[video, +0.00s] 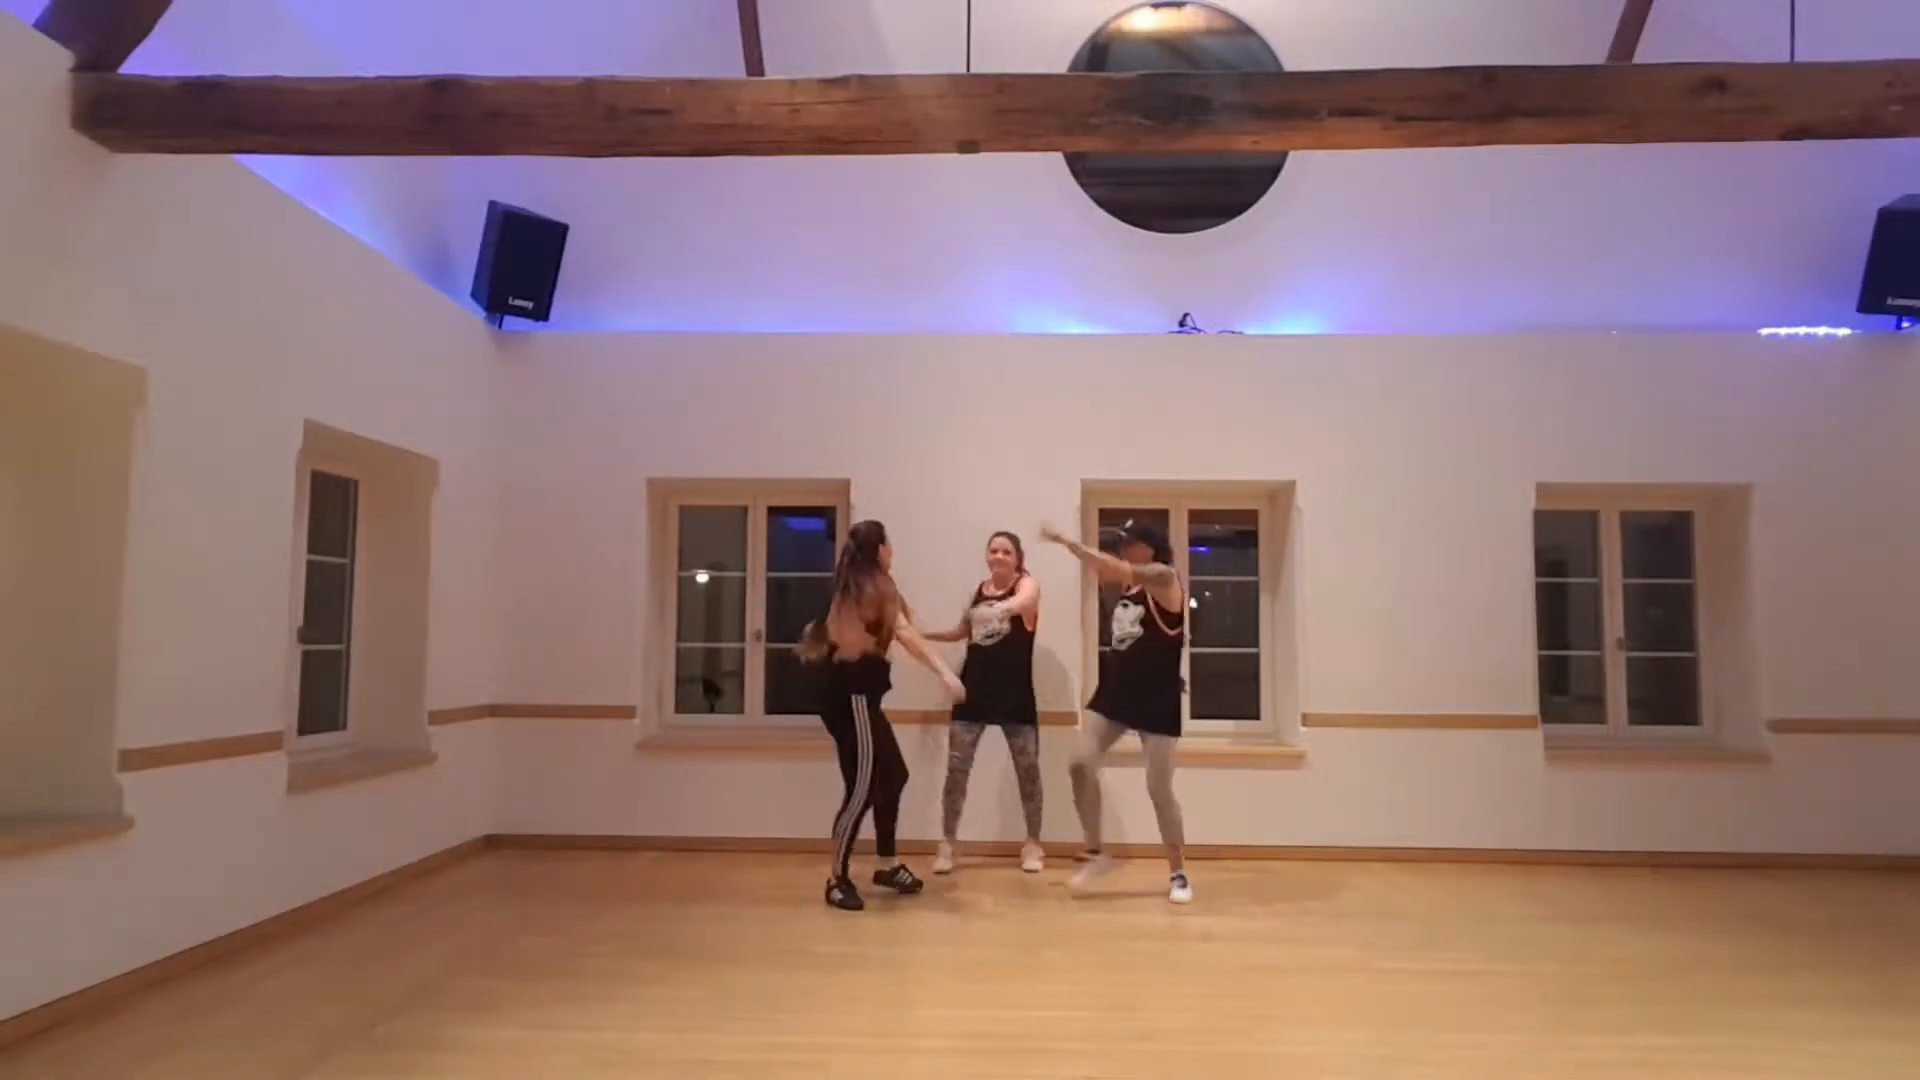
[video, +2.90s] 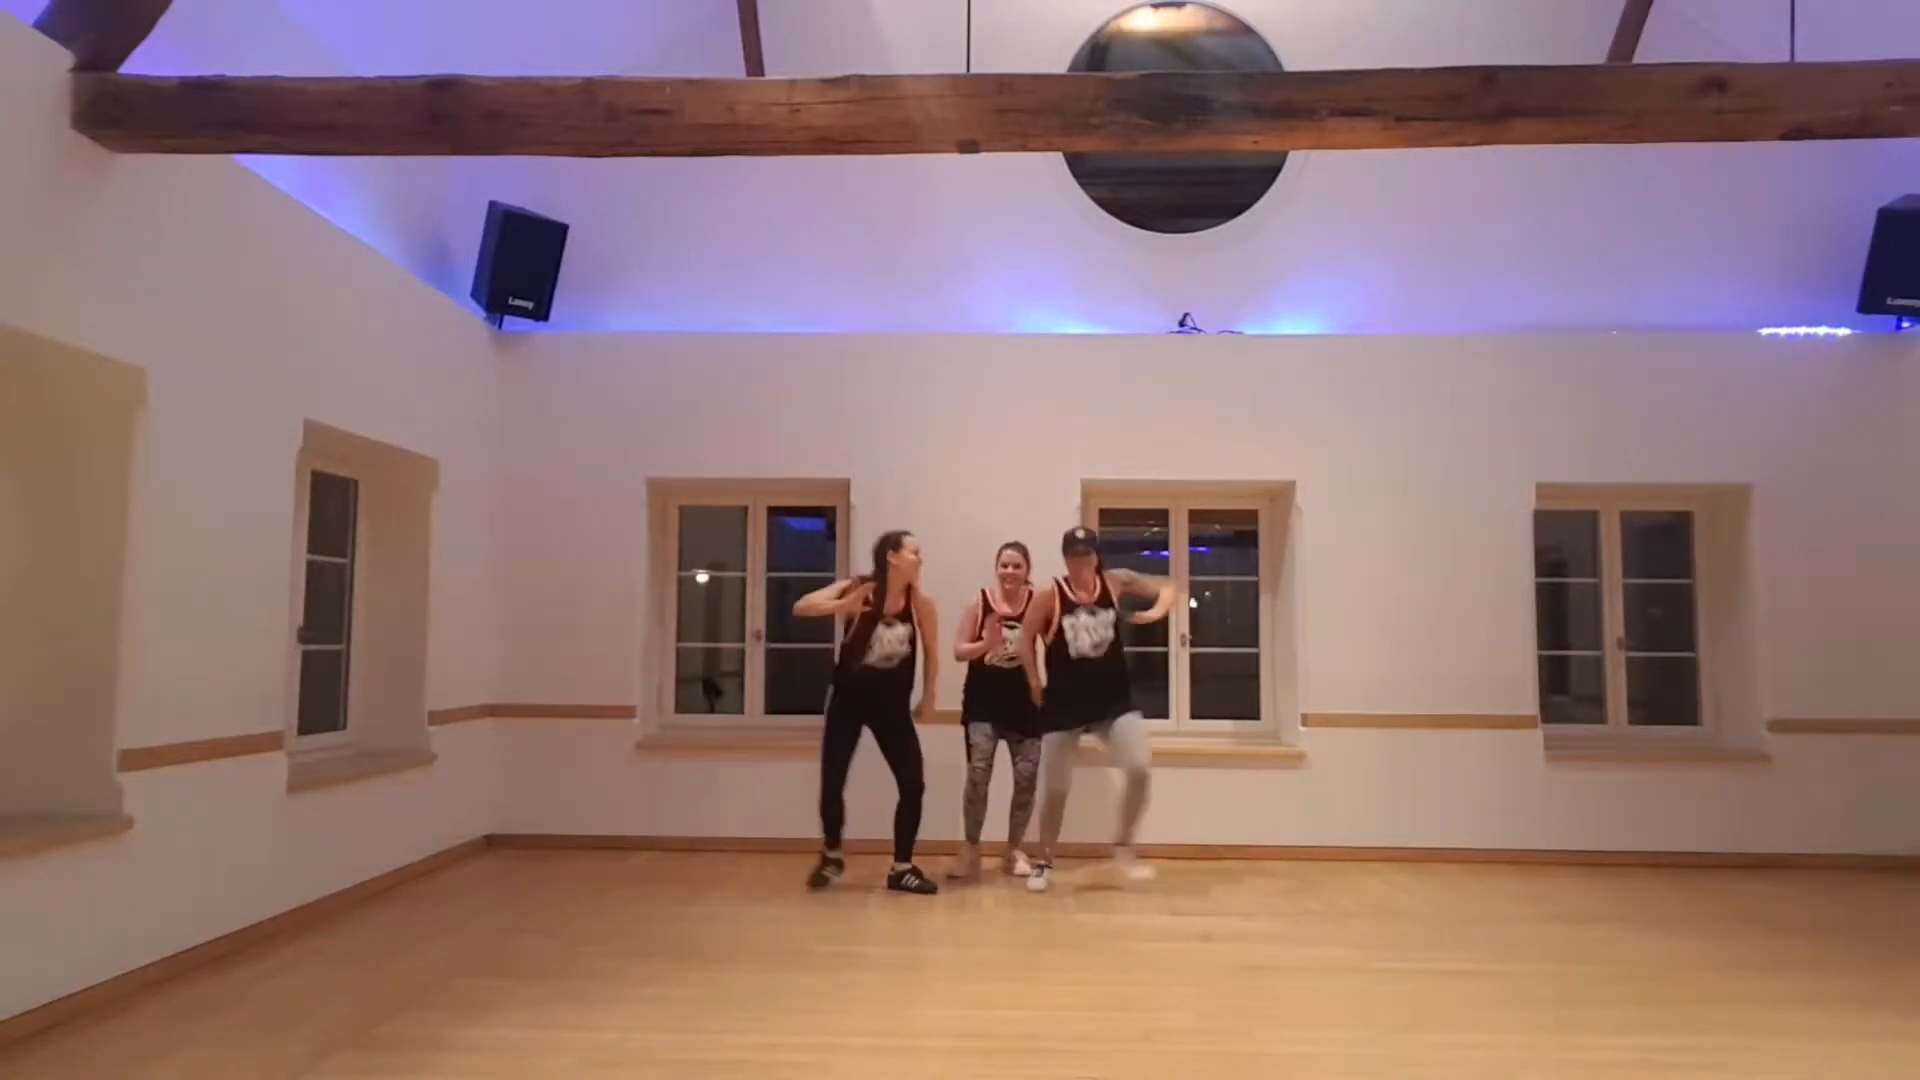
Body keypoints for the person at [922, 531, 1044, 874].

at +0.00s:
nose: (998, 557)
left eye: (1005, 552)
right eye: (994, 552)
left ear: (1018, 559)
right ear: (986, 558)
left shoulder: (1027, 585)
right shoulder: (981, 590)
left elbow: (1022, 601)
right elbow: (961, 632)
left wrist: (996, 609)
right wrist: (921, 634)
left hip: (1014, 692)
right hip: (974, 690)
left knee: (1027, 767)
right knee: (957, 767)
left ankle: (1033, 842)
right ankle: (947, 843)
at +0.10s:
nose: (989, 561)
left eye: (997, 557)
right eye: (984, 555)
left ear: (1008, 565)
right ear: (976, 562)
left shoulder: (1014, 590)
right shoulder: (968, 597)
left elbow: (1019, 616)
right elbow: (946, 635)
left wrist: (1005, 637)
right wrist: (921, 644)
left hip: (1001, 690)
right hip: (961, 690)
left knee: (1028, 762)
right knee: (952, 767)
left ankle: (1033, 842)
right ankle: (948, 844)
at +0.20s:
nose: (981, 566)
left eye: (987, 562)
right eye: (976, 561)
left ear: (996, 570)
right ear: (966, 567)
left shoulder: (1005, 602)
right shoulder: (953, 606)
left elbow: (1017, 643)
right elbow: (931, 647)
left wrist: (1014, 682)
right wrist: (904, 667)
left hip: (992, 701)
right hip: (952, 701)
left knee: (1023, 771)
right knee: (946, 776)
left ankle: (1033, 844)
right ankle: (949, 847)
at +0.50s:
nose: (969, 560)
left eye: (972, 554)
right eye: (961, 555)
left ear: (977, 560)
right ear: (944, 563)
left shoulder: (990, 597)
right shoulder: (931, 605)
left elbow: (1011, 644)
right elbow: (926, 658)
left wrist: (1030, 680)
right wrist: (941, 699)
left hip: (987, 694)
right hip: (947, 696)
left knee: (995, 769)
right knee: (948, 775)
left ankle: (1002, 844)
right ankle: (949, 845)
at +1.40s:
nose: (980, 567)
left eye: (986, 560)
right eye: (975, 563)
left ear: (1002, 567)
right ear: (971, 572)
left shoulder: (1018, 601)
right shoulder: (970, 613)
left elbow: (1035, 648)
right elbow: (967, 669)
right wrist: (986, 719)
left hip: (1023, 693)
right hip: (989, 700)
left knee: (1030, 773)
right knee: (999, 777)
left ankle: (1015, 849)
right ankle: (957, 844)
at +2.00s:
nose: (1030, 566)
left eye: (1036, 562)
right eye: (1024, 560)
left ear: (1044, 570)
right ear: (1012, 567)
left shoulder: (1050, 606)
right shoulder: (990, 597)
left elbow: (1053, 660)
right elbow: (966, 637)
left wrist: (1036, 706)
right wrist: (962, 682)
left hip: (1031, 702)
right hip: (990, 699)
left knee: (1027, 777)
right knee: (989, 775)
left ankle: (1021, 850)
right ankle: (987, 845)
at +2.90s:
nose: (1010, 572)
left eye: (1016, 566)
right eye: (1004, 565)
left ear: (1028, 570)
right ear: (996, 569)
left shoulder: (1037, 603)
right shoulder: (981, 603)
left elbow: (1050, 642)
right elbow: (960, 650)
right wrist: (986, 644)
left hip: (1024, 694)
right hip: (984, 695)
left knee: (1028, 774)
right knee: (978, 773)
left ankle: (1016, 849)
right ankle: (970, 851)